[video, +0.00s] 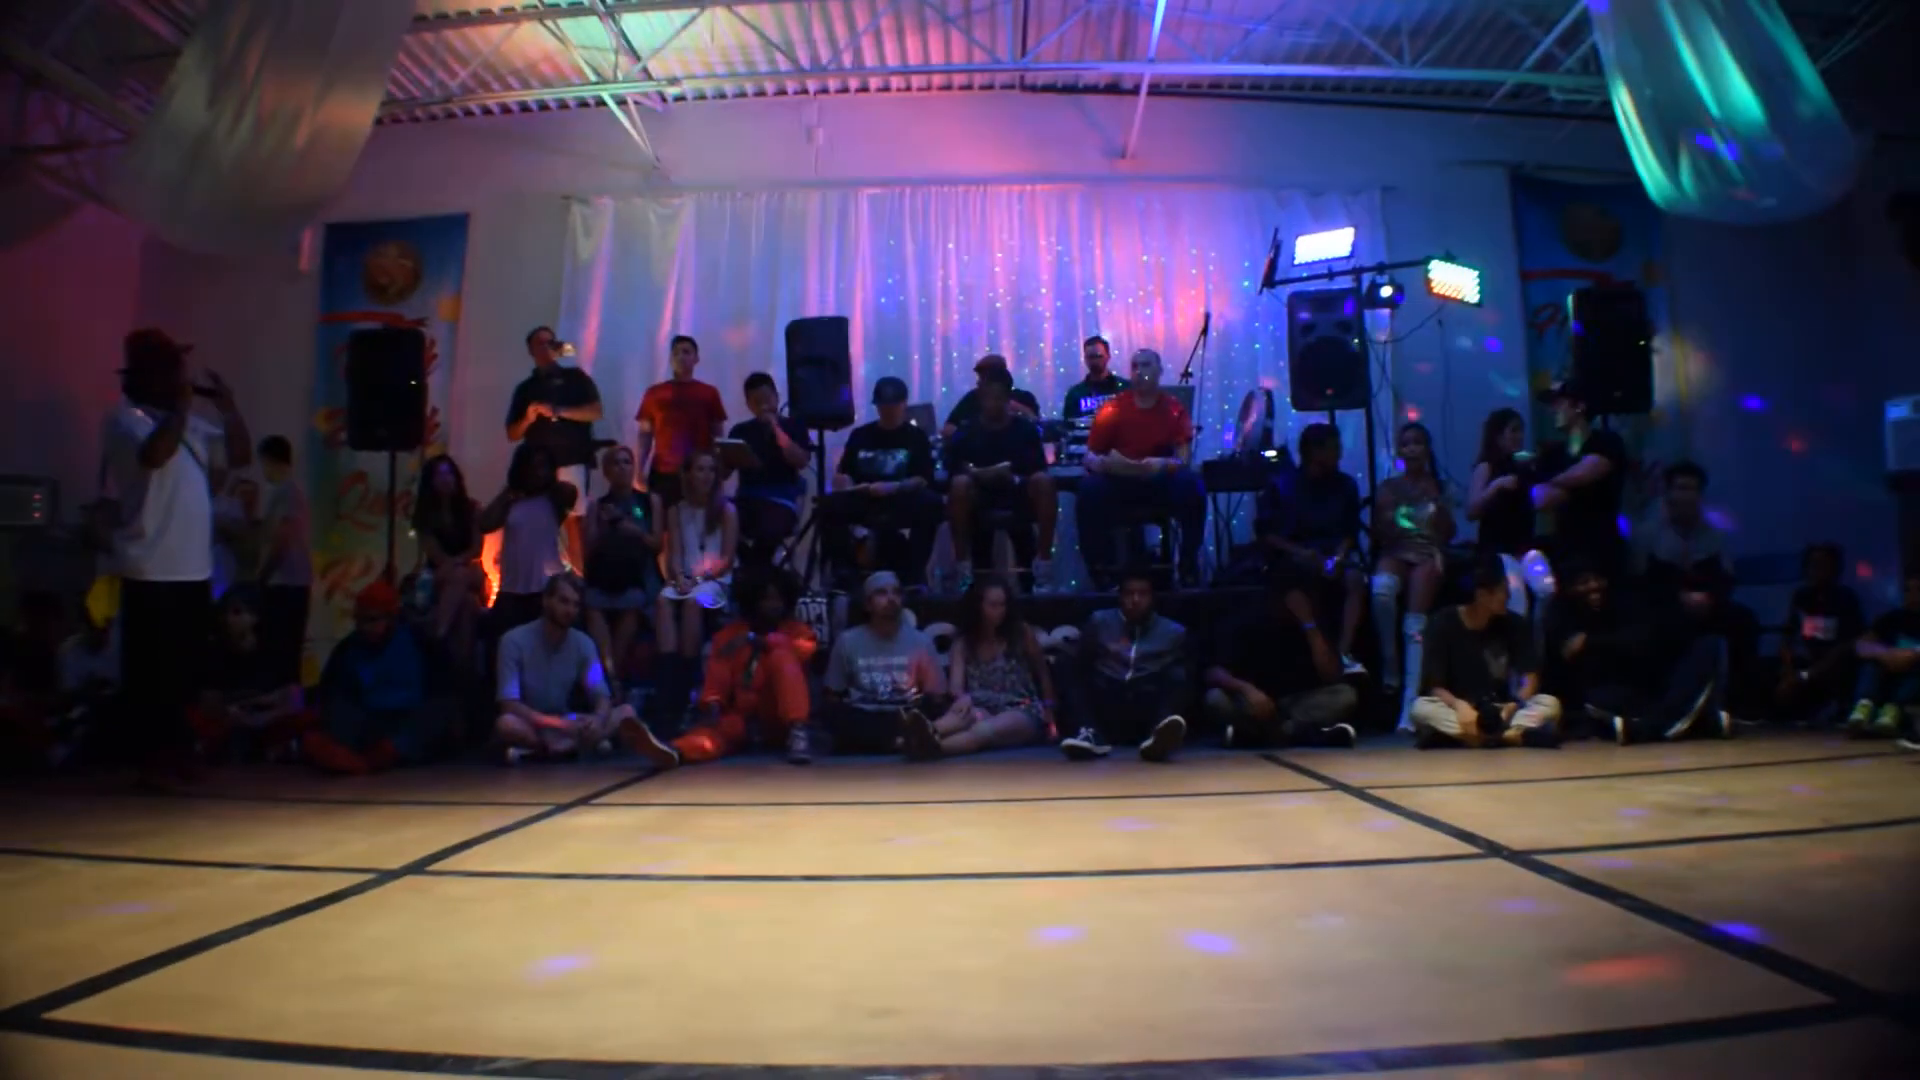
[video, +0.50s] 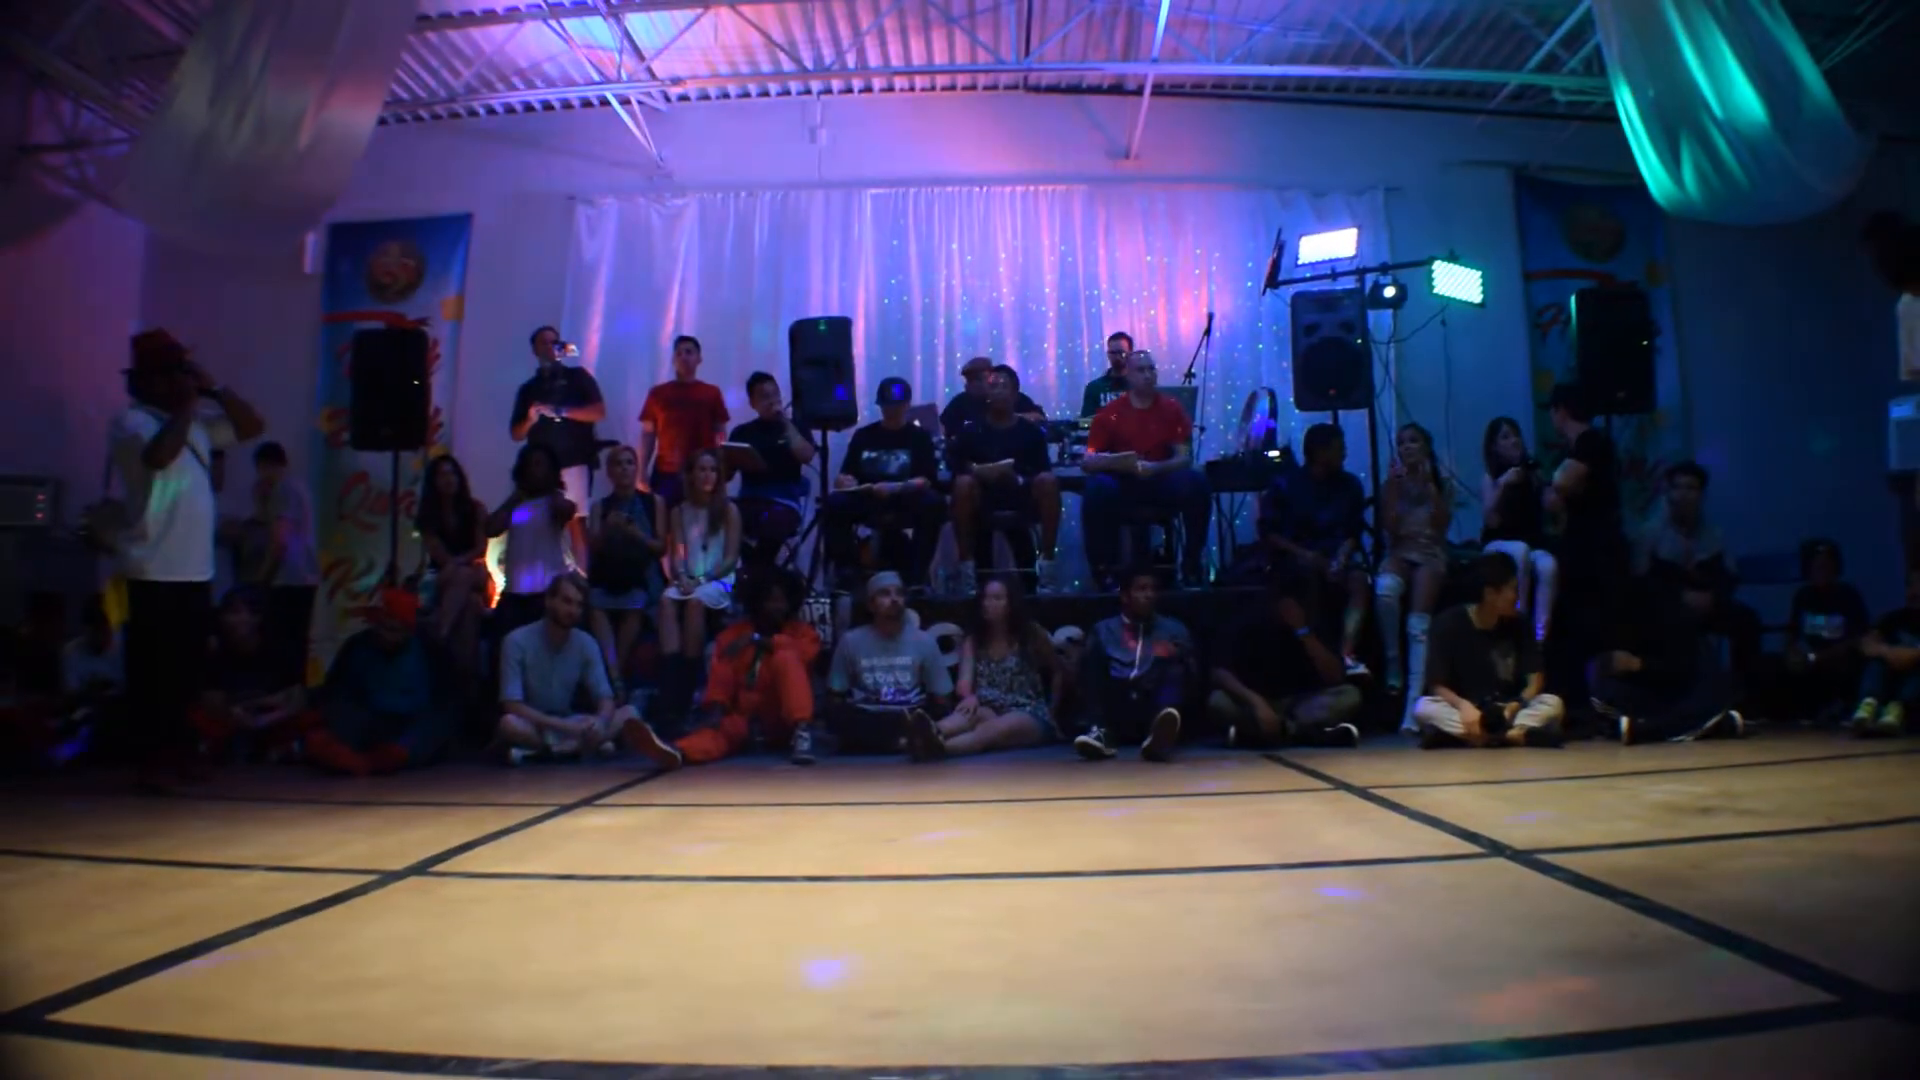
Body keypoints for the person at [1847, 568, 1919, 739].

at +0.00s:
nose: (1911, 596)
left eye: (1914, 590)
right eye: (1908, 590)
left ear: (1918, 592)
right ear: (1904, 592)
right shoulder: (1896, 617)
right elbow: (1861, 646)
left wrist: (1909, 656)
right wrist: (1888, 655)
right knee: (1871, 661)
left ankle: (1893, 709)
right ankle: (1864, 704)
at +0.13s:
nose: (1914, 593)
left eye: (1916, 587)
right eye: (1912, 587)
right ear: (1909, 591)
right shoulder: (1898, 618)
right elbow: (1868, 645)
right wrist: (1892, 654)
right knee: (1877, 662)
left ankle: (1897, 709)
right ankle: (1868, 704)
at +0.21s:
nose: (1914, 593)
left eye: (1915, 586)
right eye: (1912, 586)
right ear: (1908, 589)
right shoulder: (1898, 617)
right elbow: (1869, 643)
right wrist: (1892, 652)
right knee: (1876, 660)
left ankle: (1898, 707)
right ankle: (1869, 702)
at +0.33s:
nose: (1914, 593)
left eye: (1916, 586)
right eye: (1912, 586)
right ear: (1908, 590)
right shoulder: (1897, 617)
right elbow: (1868, 644)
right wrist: (1891, 653)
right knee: (1877, 662)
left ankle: (1897, 708)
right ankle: (1868, 703)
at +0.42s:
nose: (1914, 593)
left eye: (1916, 587)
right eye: (1911, 587)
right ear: (1907, 590)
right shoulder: (1897, 617)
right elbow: (1868, 644)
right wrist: (1891, 653)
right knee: (1877, 660)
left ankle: (1896, 708)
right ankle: (1868, 703)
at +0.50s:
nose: (1913, 592)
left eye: (1915, 586)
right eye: (1911, 586)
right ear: (1907, 590)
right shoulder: (1898, 616)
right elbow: (1868, 643)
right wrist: (1891, 653)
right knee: (1877, 662)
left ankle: (1896, 708)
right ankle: (1868, 703)